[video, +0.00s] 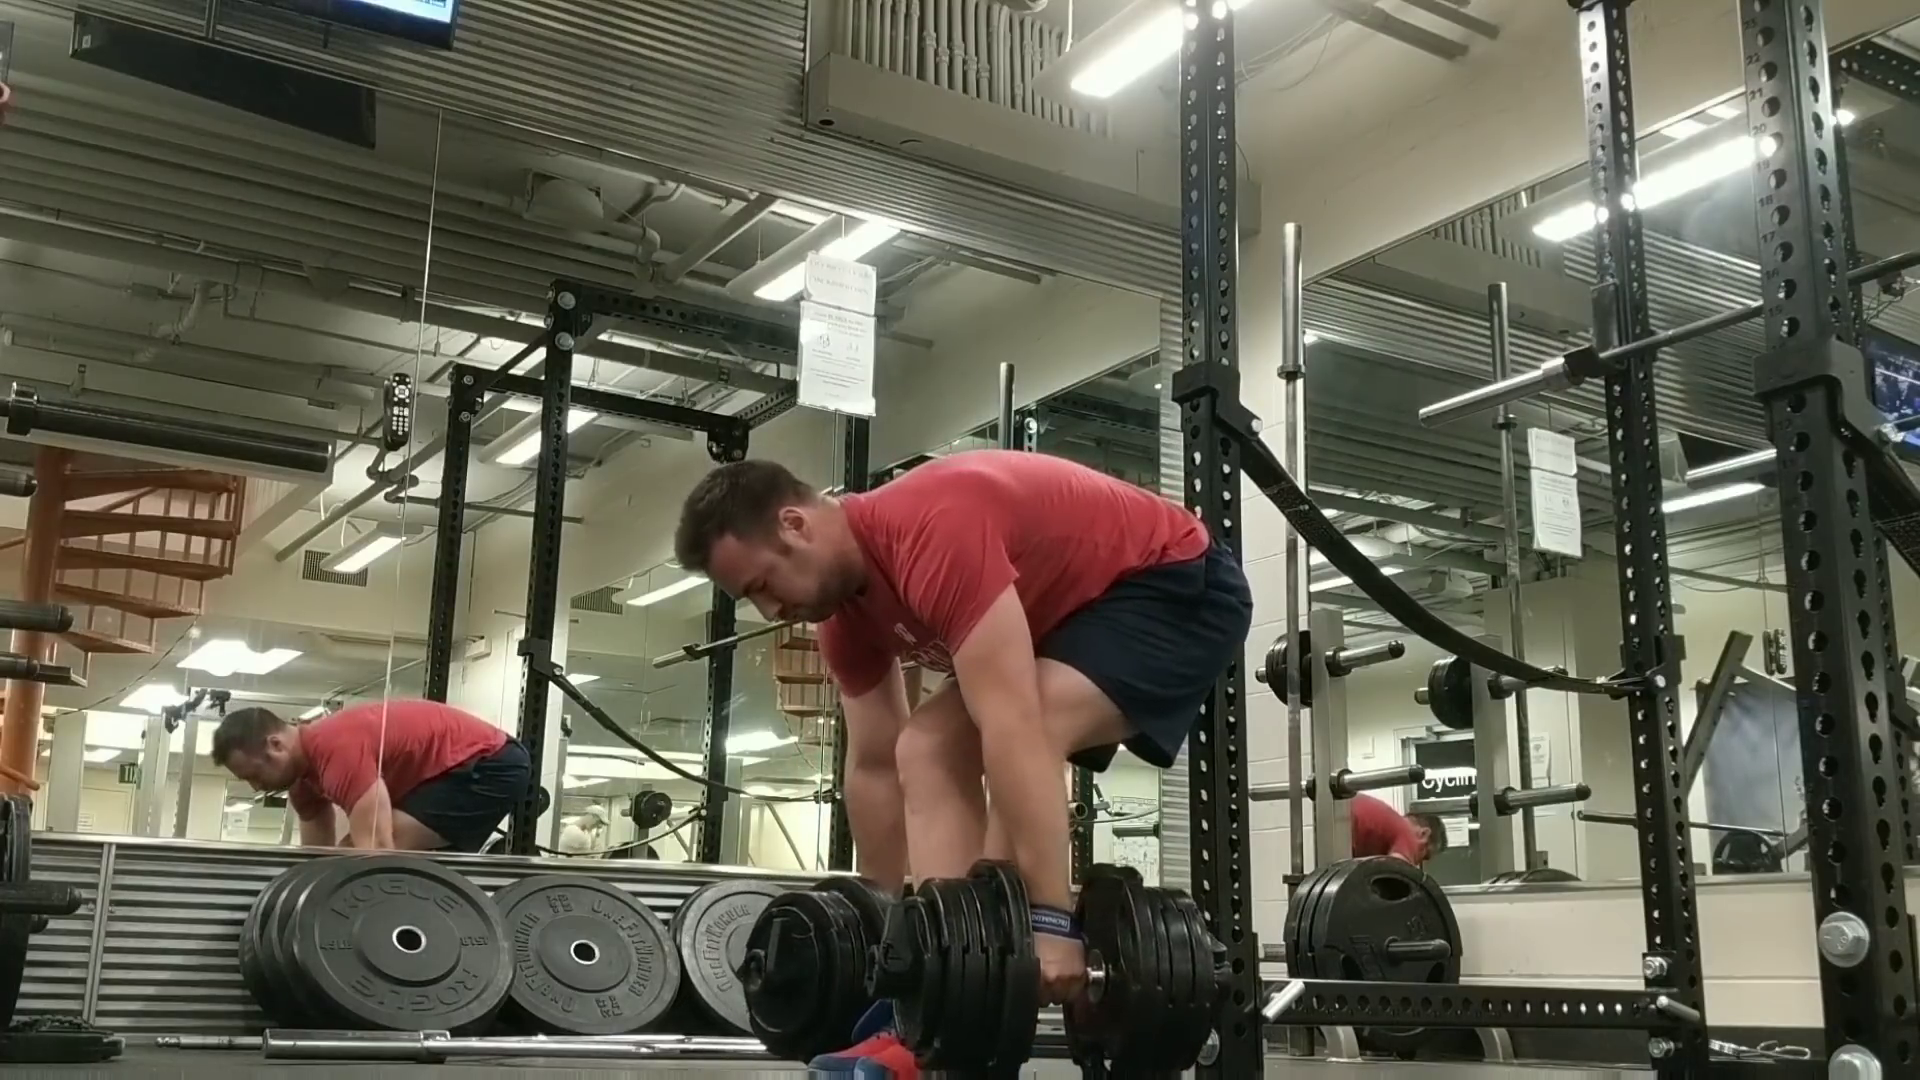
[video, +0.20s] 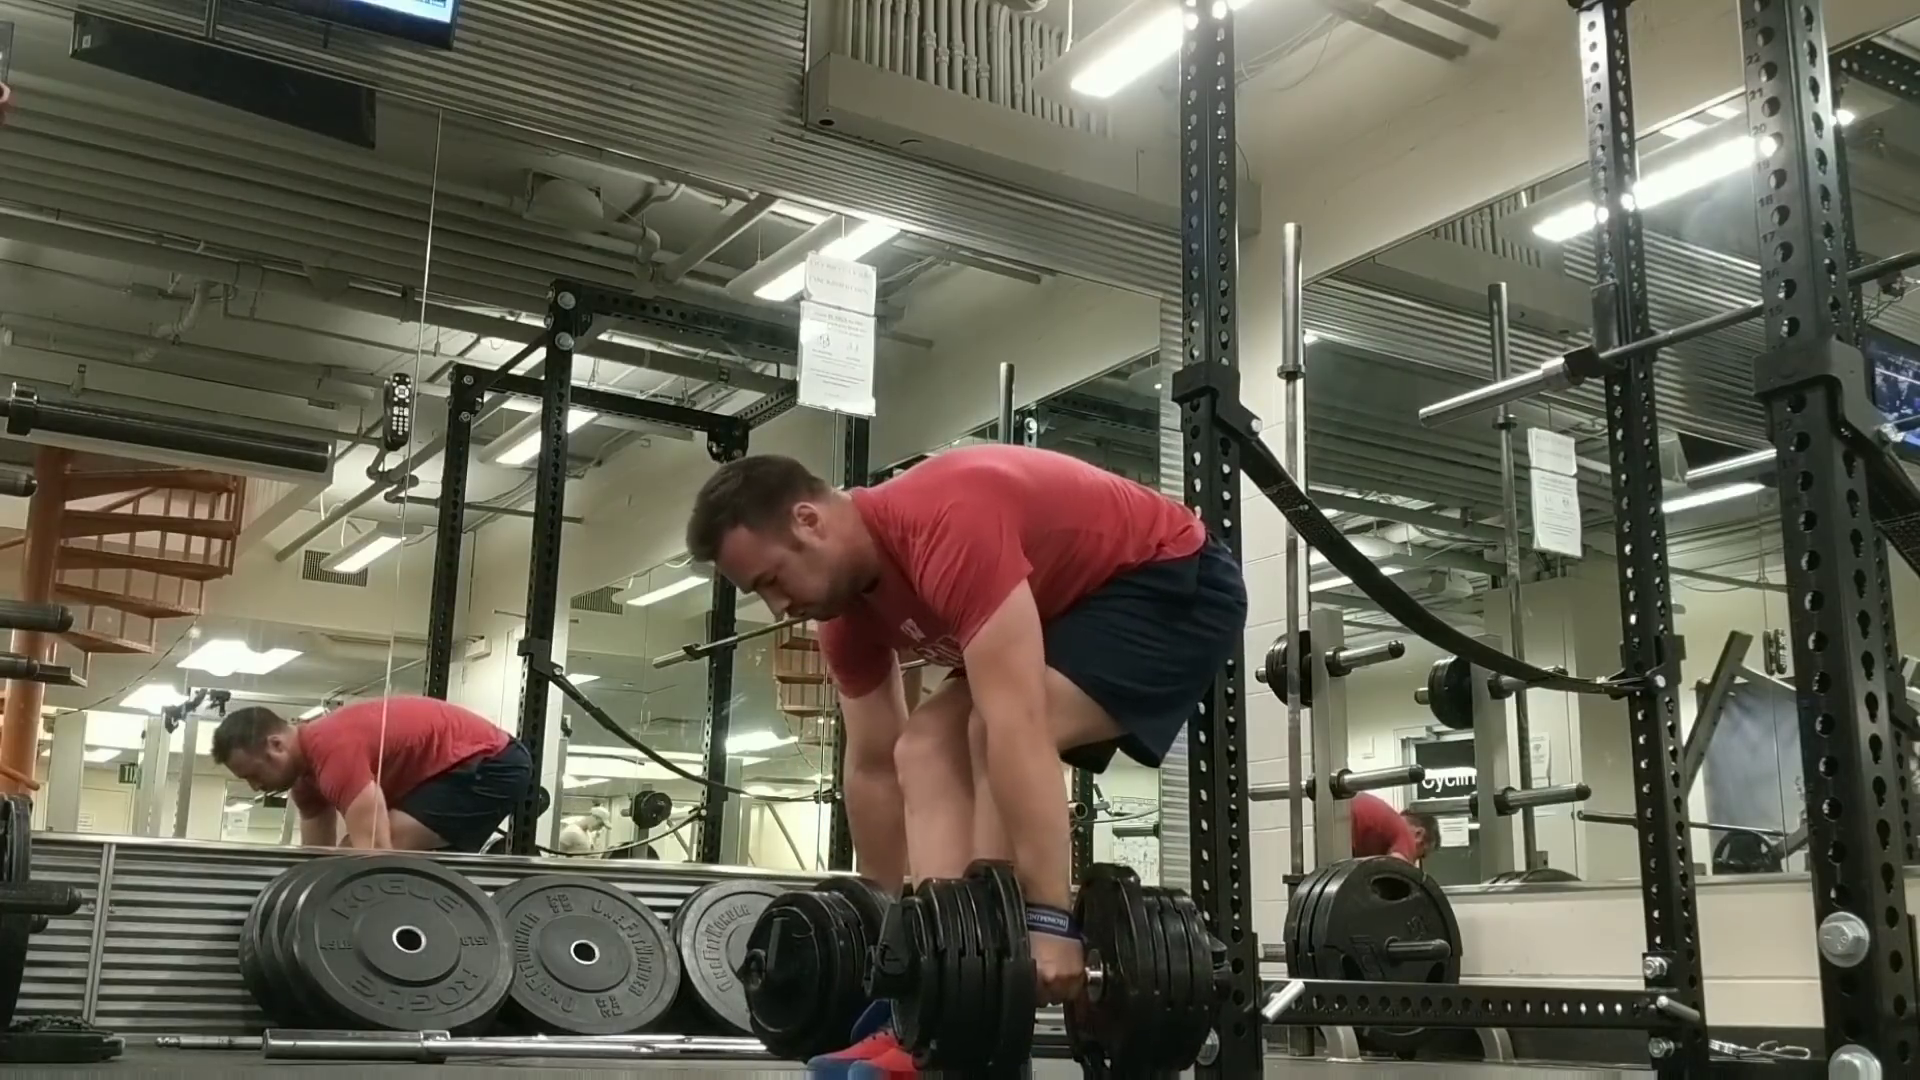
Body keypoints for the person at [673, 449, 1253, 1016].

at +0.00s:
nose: (768, 611)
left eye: (762, 586)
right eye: (751, 600)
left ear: (797, 523)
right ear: (798, 529)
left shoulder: (938, 528)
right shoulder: (845, 606)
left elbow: (1018, 729)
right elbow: (875, 764)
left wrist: (1052, 922)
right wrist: (880, 935)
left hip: (1177, 585)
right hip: (1075, 611)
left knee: (1022, 739)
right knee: (926, 746)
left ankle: (978, 1019)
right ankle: (915, 1007)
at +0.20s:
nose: (777, 607)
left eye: (771, 581)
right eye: (760, 595)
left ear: (810, 520)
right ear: (811, 524)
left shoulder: (954, 523)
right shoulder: (847, 606)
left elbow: (1018, 727)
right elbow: (872, 764)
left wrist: (1053, 920)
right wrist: (890, 941)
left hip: (1174, 583)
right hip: (1073, 606)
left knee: (1003, 728)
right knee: (924, 739)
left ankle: (983, 1017)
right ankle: (919, 1003)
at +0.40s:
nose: (779, 610)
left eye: (775, 582)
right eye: (761, 596)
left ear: (813, 520)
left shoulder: (954, 524)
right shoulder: (849, 609)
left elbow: (1021, 726)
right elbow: (879, 763)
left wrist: (1048, 923)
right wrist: (882, 944)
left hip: (1179, 581)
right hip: (1073, 610)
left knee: (1012, 730)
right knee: (941, 732)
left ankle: (972, 1028)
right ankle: (917, 1008)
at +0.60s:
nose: (777, 608)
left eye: (770, 583)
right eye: (760, 597)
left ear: (803, 521)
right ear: (801, 521)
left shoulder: (943, 525)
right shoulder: (857, 607)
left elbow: (1015, 723)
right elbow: (882, 763)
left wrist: (1048, 919)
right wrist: (885, 943)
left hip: (1184, 584)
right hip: (1080, 612)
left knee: (1016, 732)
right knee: (940, 733)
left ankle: (968, 1029)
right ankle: (916, 1010)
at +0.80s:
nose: (766, 604)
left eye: (761, 577)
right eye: (748, 592)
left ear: (796, 515)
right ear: (798, 520)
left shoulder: (939, 528)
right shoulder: (841, 606)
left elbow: (1015, 727)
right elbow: (877, 764)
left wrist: (1050, 921)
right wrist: (888, 947)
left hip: (1178, 586)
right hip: (1082, 608)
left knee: (1003, 737)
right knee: (932, 742)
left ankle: (977, 1023)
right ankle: (919, 1009)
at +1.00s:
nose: (760, 593)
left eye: (755, 566)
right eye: (743, 581)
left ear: (793, 505)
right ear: (794, 509)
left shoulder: (940, 527)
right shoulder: (839, 611)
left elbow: (1013, 727)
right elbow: (876, 765)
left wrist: (1050, 921)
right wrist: (890, 943)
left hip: (1176, 585)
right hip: (1075, 612)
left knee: (1003, 739)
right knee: (932, 743)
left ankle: (975, 1021)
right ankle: (921, 1005)